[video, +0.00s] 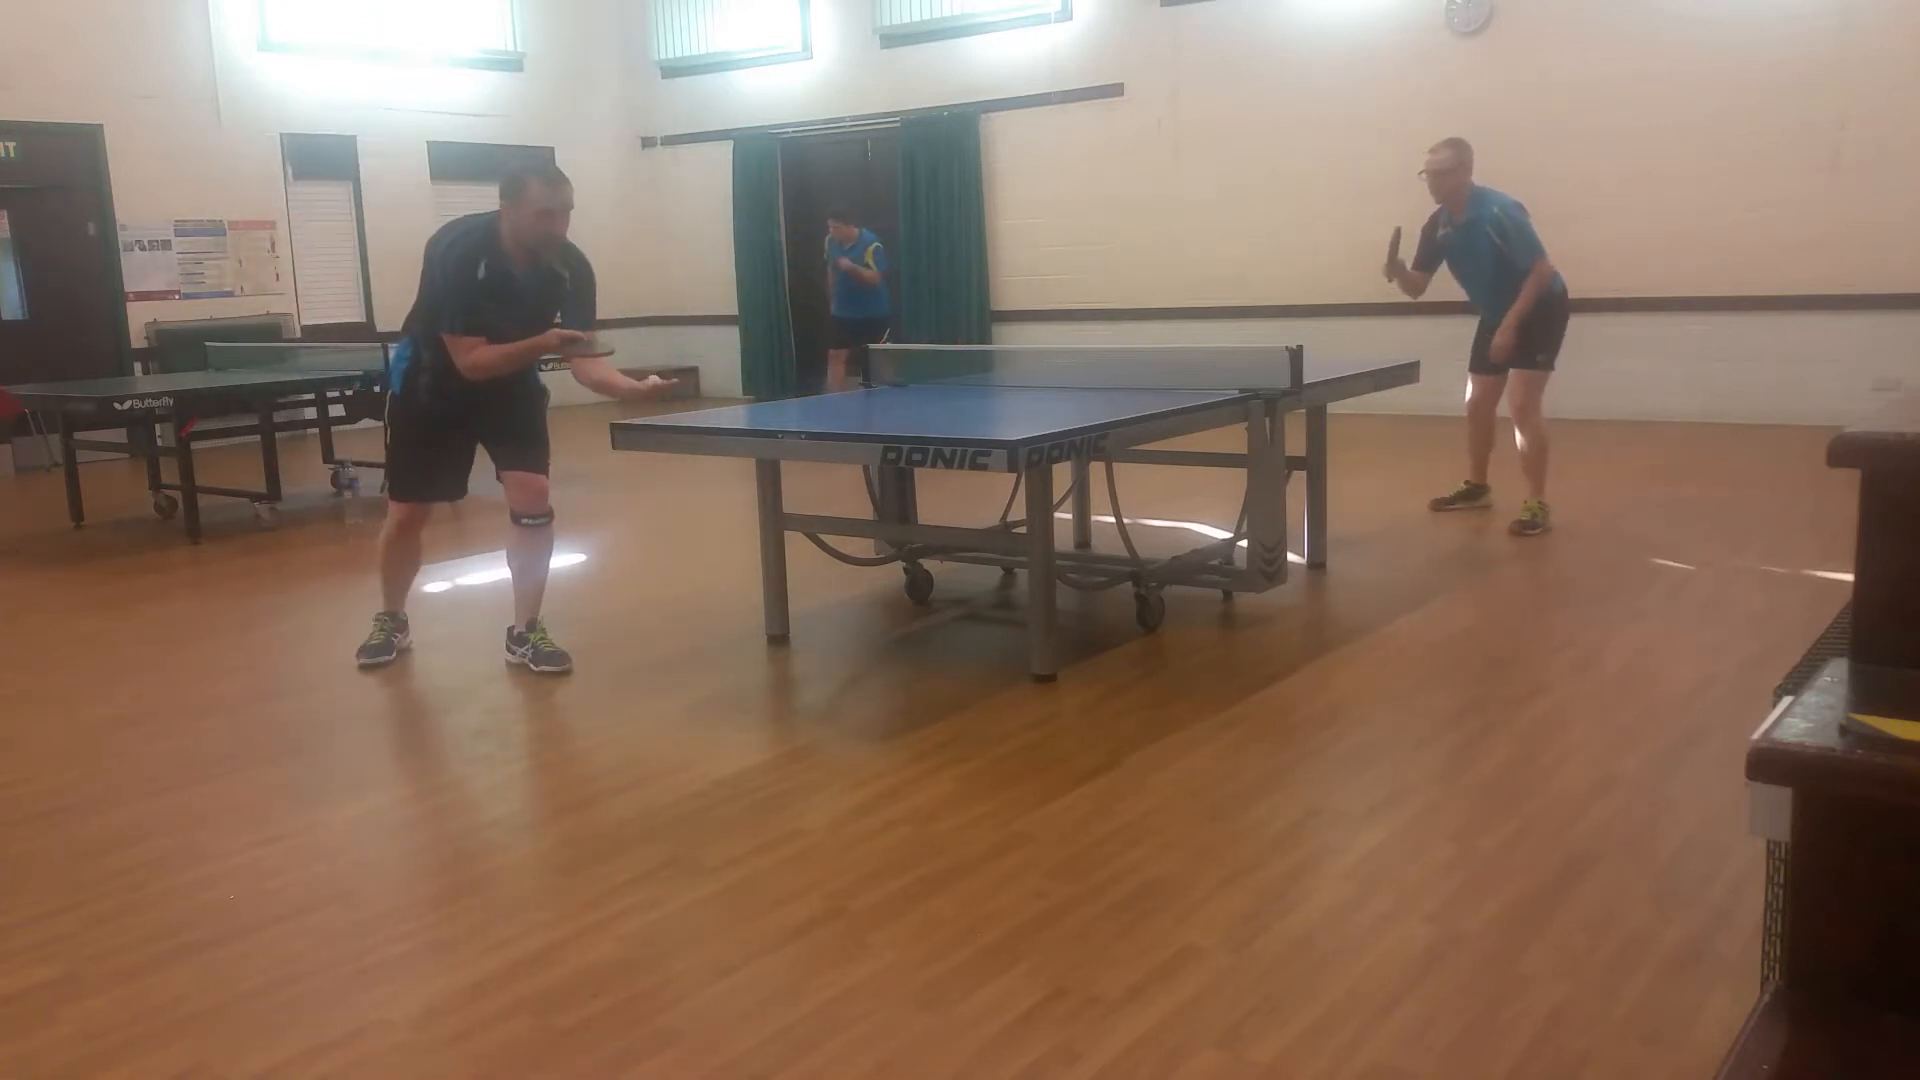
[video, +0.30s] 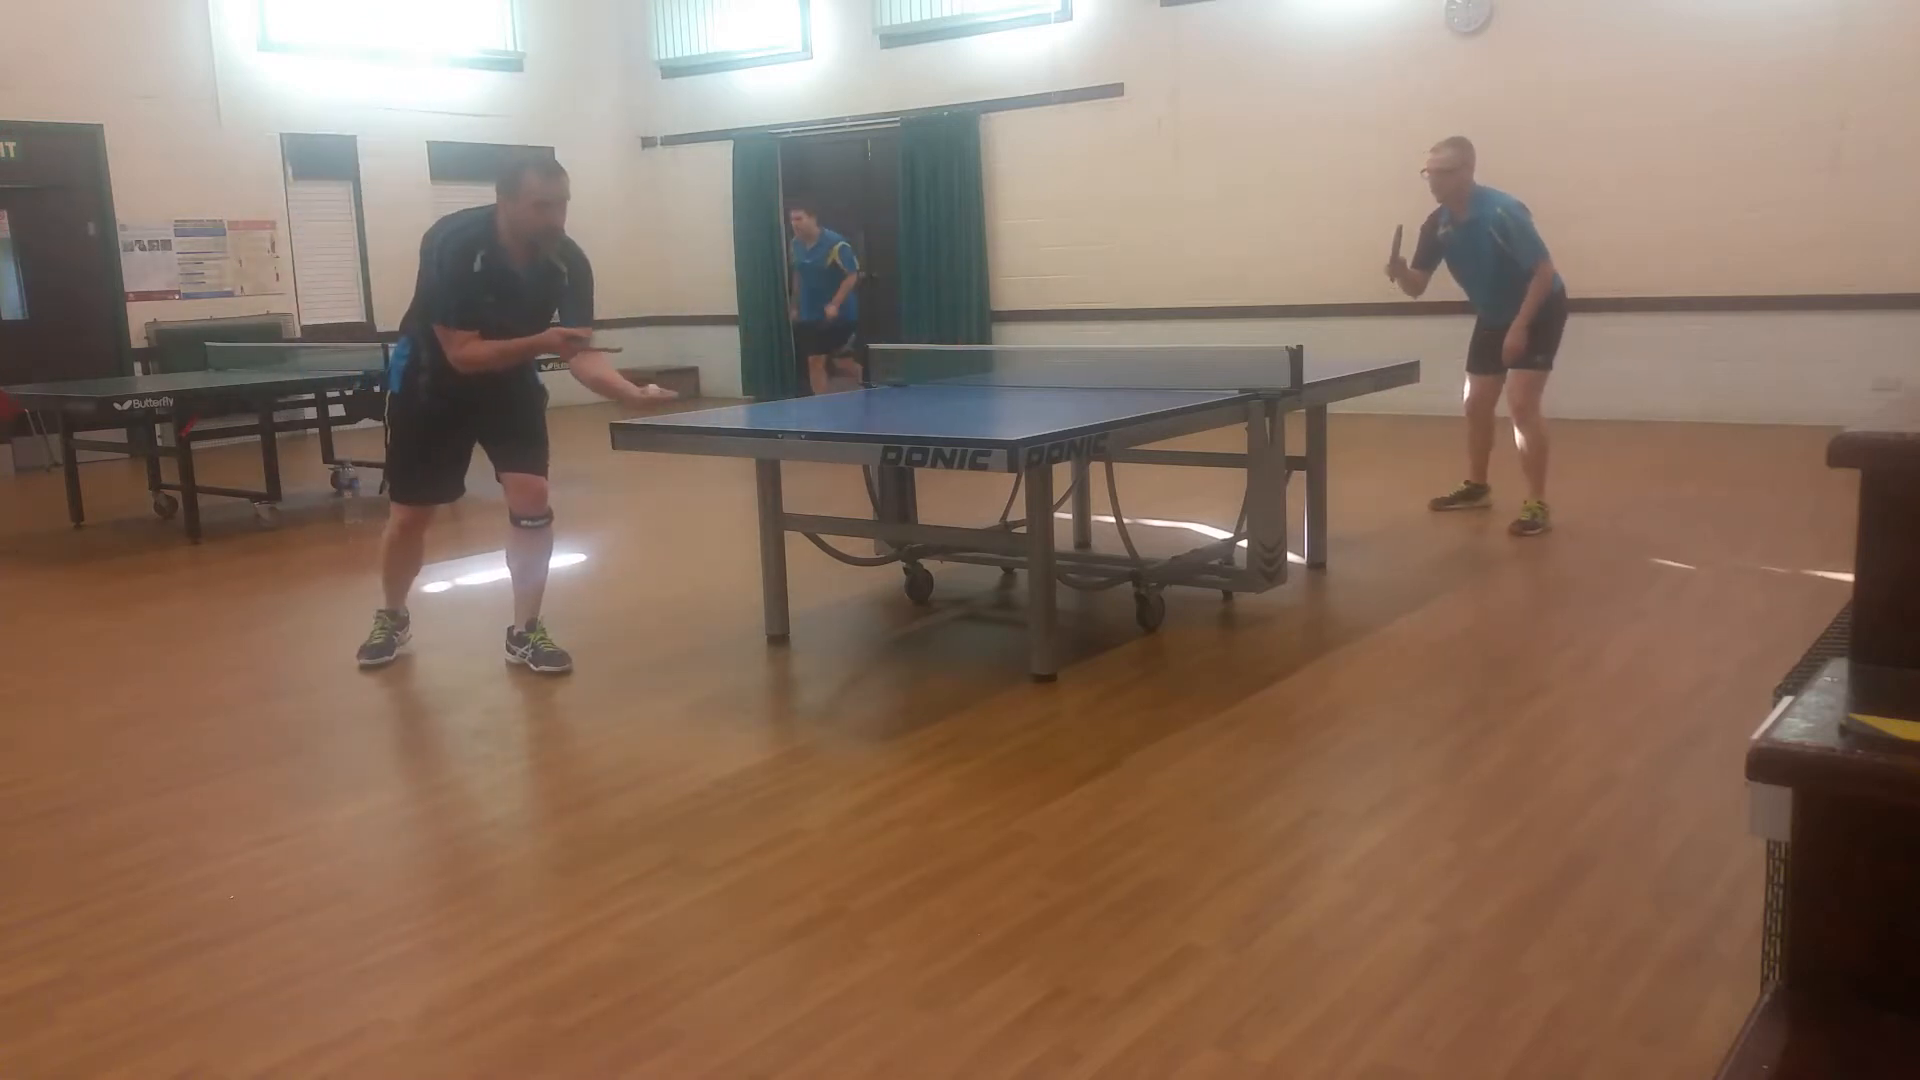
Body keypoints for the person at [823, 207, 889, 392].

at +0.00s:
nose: (831, 232)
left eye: (835, 227)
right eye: (830, 227)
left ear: (849, 226)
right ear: (831, 226)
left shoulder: (871, 244)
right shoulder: (831, 242)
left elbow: (875, 277)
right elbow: (831, 272)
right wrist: (833, 300)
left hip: (872, 312)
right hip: (843, 311)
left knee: (875, 355)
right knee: (836, 354)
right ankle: (835, 402)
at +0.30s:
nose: (795, 224)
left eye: (799, 219)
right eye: (792, 220)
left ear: (812, 219)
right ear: (790, 223)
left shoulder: (835, 244)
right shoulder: (796, 245)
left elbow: (852, 275)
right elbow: (797, 276)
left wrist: (835, 304)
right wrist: (795, 305)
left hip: (839, 315)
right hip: (810, 315)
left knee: (840, 361)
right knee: (815, 362)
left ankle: (866, 377)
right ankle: (822, 410)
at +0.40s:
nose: (786, 219)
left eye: (790, 214)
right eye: (783, 214)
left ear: (804, 215)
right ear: (781, 218)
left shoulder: (826, 241)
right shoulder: (786, 241)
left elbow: (842, 277)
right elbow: (784, 275)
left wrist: (844, 312)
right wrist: (779, 307)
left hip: (826, 316)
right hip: (799, 317)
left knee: (825, 358)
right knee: (810, 363)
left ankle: (847, 398)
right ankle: (824, 407)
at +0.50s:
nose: (777, 218)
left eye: (781, 213)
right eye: (775, 214)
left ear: (795, 214)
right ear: (773, 217)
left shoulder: (818, 242)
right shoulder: (775, 241)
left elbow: (837, 279)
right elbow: (769, 275)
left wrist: (850, 310)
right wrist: (762, 304)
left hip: (817, 310)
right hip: (791, 312)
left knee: (808, 359)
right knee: (808, 360)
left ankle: (820, 407)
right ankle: (821, 406)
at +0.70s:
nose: (756, 220)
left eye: (761, 215)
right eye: (754, 216)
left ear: (776, 217)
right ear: (753, 219)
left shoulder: (798, 244)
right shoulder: (755, 245)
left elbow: (821, 279)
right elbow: (749, 279)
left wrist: (839, 312)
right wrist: (734, 305)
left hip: (795, 317)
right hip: (772, 318)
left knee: (782, 362)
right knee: (792, 368)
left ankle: (785, 418)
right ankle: (814, 413)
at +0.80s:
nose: (745, 216)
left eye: (750, 211)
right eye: (743, 212)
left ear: (764, 212)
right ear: (743, 217)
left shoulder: (787, 242)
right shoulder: (745, 241)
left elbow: (806, 278)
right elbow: (742, 277)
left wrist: (820, 315)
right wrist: (730, 308)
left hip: (782, 317)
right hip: (755, 318)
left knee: (776, 364)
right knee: (759, 371)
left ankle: (783, 417)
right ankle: (799, 397)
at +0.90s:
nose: (733, 211)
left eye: (738, 206)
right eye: (732, 207)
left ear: (752, 209)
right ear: (732, 212)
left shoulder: (774, 239)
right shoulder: (734, 239)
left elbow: (790, 277)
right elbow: (734, 280)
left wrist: (792, 315)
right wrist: (729, 311)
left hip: (772, 317)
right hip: (741, 316)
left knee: (775, 365)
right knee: (735, 363)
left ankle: (783, 413)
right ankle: (767, 403)